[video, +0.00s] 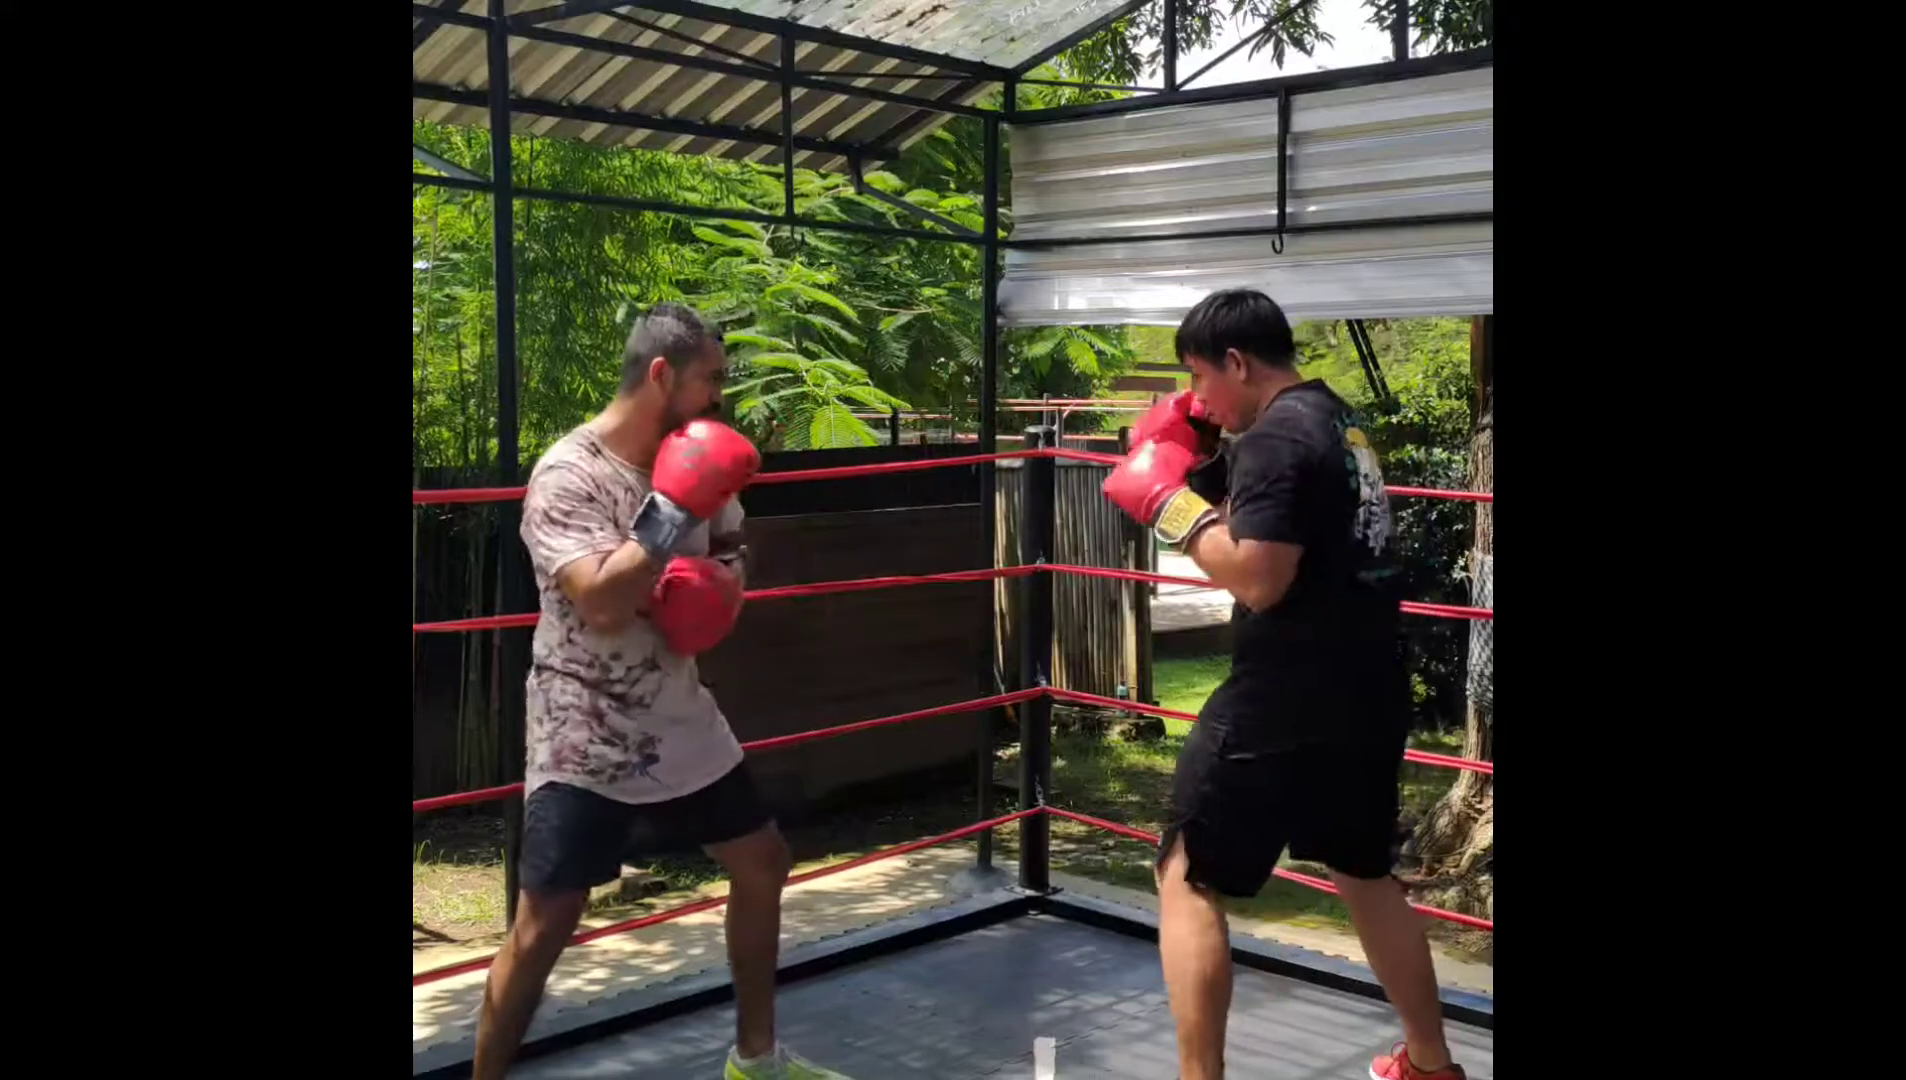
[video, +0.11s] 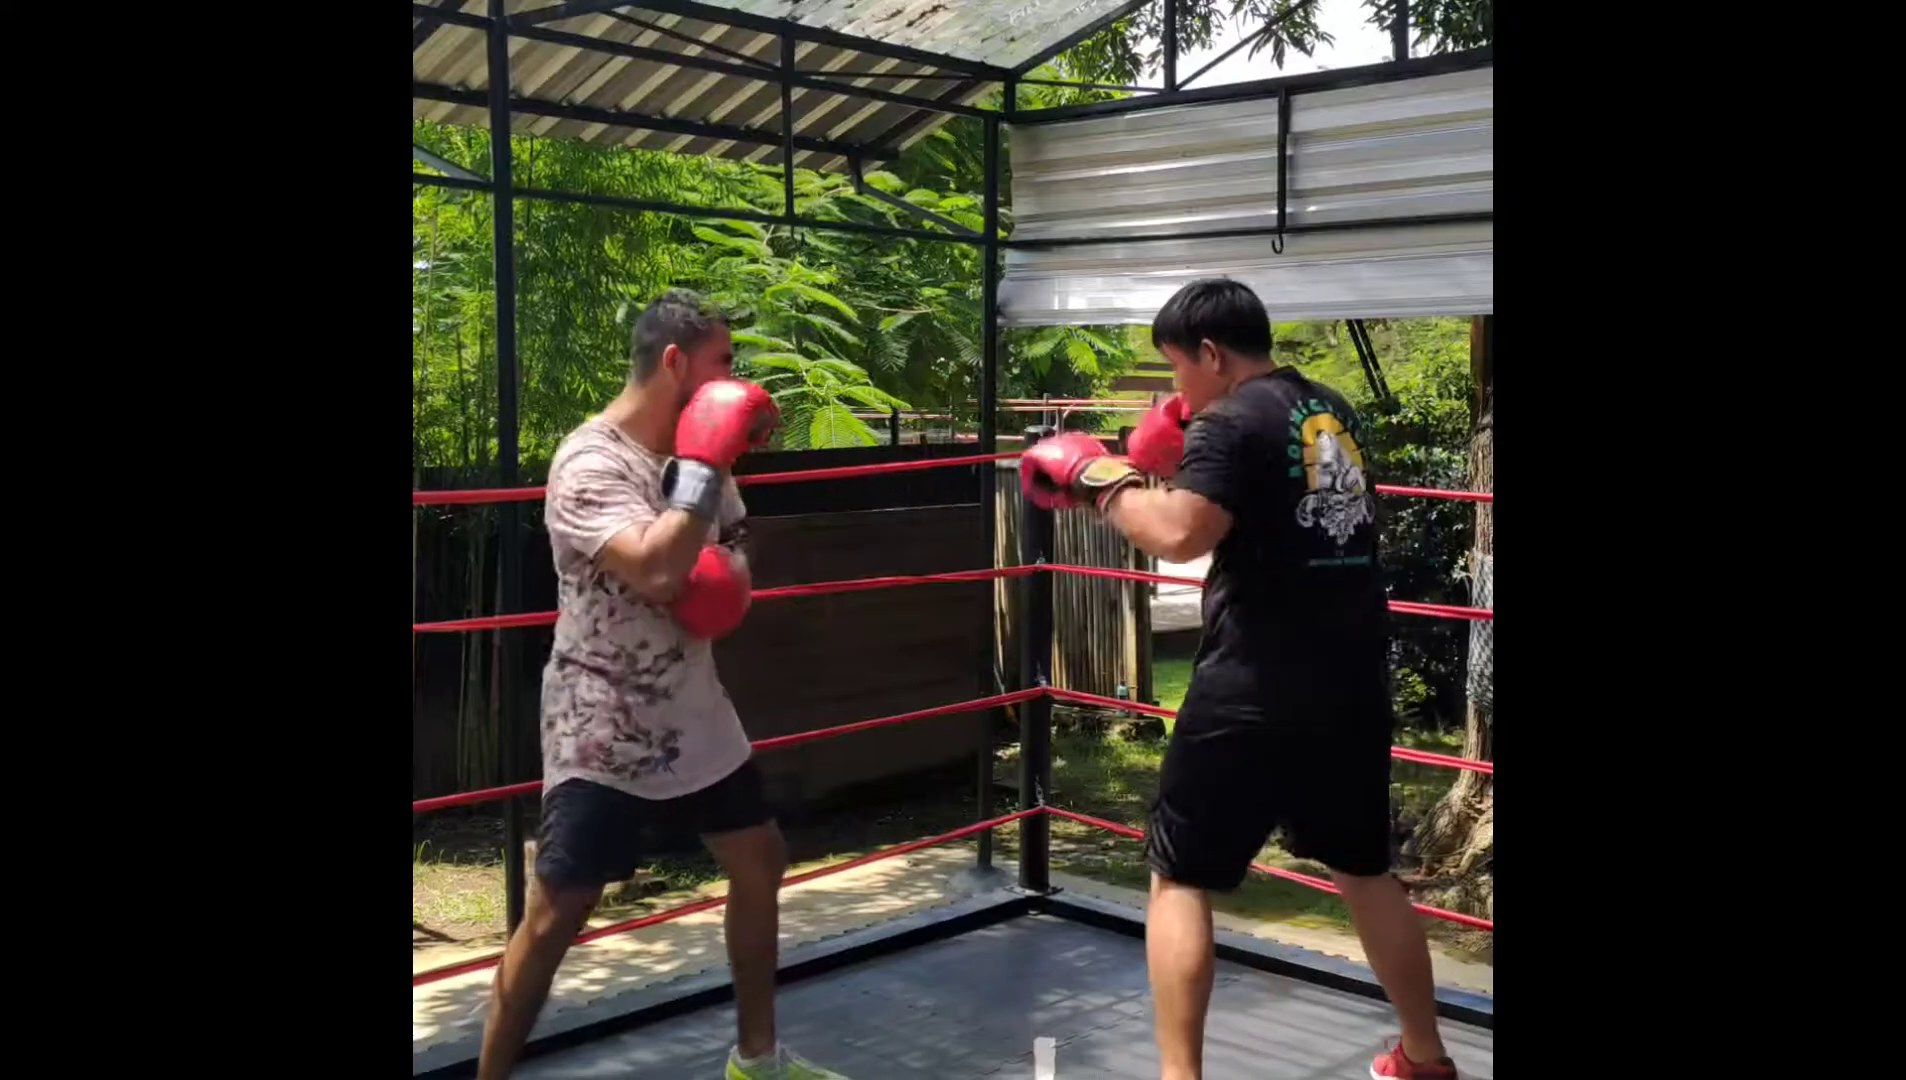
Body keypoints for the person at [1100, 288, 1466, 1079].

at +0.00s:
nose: (1196, 399)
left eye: (1198, 378)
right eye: (1192, 381)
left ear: (1237, 366)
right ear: (1265, 361)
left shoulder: (1276, 435)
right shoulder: (1331, 416)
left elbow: (1259, 577)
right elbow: (1285, 528)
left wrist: (1173, 509)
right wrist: (1202, 464)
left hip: (1280, 697)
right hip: (1365, 695)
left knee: (1187, 877)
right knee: (1368, 872)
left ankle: (1200, 1071)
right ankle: (1430, 1059)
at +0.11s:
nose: (1174, 388)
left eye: (1173, 369)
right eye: (1167, 373)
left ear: (1212, 354)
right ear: (1258, 348)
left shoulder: (1232, 420)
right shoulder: (1331, 408)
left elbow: (1177, 532)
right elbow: (1281, 511)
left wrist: (1102, 480)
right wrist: (1186, 460)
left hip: (1251, 690)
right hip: (1351, 690)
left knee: (1180, 877)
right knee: (1368, 871)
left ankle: (1179, 1070)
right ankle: (1425, 1051)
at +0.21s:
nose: (1153, 377)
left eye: (1154, 361)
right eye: (1148, 363)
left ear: (1190, 348)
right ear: (1245, 339)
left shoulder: (1197, 410)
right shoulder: (1327, 399)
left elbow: (1057, 444)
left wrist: (945, 410)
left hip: (1245, 681)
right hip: (1352, 681)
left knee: (1180, 872)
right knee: (1366, 860)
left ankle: (1177, 1072)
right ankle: (1420, 1048)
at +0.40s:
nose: (1168, 383)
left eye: (1168, 365)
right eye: (1163, 367)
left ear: (1201, 346)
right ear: (1244, 342)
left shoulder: (1208, 406)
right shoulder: (1323, 398)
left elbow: (1079, 475)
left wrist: (980, 432)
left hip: (1253, 680)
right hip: (1352, 678)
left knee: (1187, 871)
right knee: (1362, 852)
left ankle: (1182, 1069)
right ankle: (1434, 1038)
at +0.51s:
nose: (1183, 386)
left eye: (1182, 367)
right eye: (1175, 371)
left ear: (1224, 347)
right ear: (1265, 343)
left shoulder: (1242, 414)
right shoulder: (1328, 402)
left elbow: (1157, 537)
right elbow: (1274, 516)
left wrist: (1087, 461)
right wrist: (1184, 456)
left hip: (1269, 687)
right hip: (1360, 683)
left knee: (1213, 889)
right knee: (1370, 869)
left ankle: (1195, 1072)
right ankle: (1434, 1056)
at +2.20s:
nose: (1186, 387)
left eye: (1186, 370)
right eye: (1180, 373)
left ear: (1225, 353)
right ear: (1273, 345)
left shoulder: (1234, 413)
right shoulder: (1348, 396)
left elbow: (1091, 453)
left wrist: (994, 412)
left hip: (1286, 675)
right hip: (1390, 674)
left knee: (1218, 869)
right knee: (1391, 870)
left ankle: (1205, 1068)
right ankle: (1435, 1060)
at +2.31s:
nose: (1187, 384)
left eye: (1187, 368)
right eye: (1182, 371)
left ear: (1221, 351)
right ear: (1274, 341)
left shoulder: (1220, 407)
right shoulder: (1356, 393)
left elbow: (1074, 413)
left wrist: (964, 380)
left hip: (1275, 686)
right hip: (1383, 682)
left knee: (1216, 878)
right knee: (1393, 871)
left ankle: (1205, 1069)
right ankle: (1436, 1056)